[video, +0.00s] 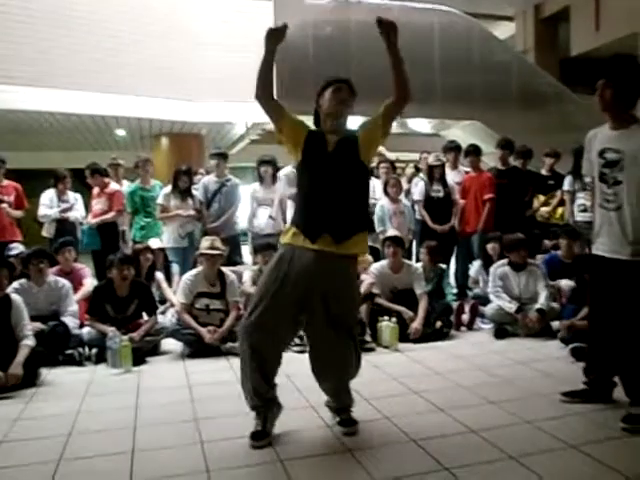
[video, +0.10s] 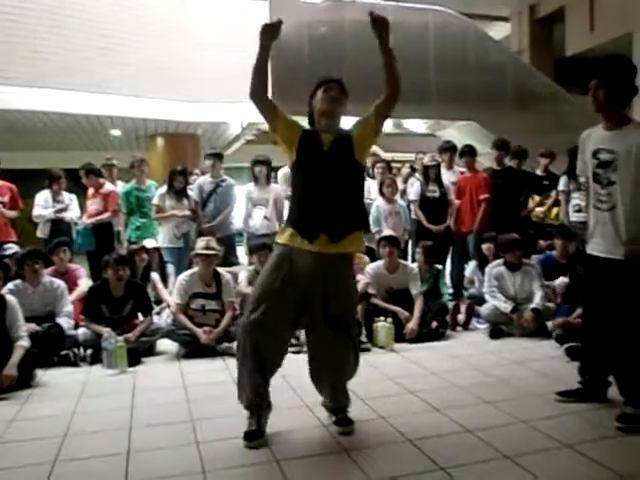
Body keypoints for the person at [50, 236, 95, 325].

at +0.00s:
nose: (66, 256)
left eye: (69, 251)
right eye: (62, 253)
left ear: (75, 254)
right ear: (57, 257)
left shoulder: (83, 270)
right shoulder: (51, 273)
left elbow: (89, 286)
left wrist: (72, 300)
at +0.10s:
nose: (61, 256)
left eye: (64, 252)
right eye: (57, 254)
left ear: (69, 254)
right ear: (52, 258)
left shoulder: (78, 270)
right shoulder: (47, 274)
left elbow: (84, 286)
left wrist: (68, 301)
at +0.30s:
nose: (55, 235)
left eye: (58, 231)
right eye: (51, 232)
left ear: (63, 232)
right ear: (45, 234)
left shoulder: (72, 248)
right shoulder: (41, 252)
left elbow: (76, 265)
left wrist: (63, 277)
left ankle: (73, 302)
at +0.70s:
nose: (56, 235)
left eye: (59, 231)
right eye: (53, 232)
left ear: (67, 235)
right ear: (49, 238)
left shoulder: (77, 251)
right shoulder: (46, 255)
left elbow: (81, 269)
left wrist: (69, 282)